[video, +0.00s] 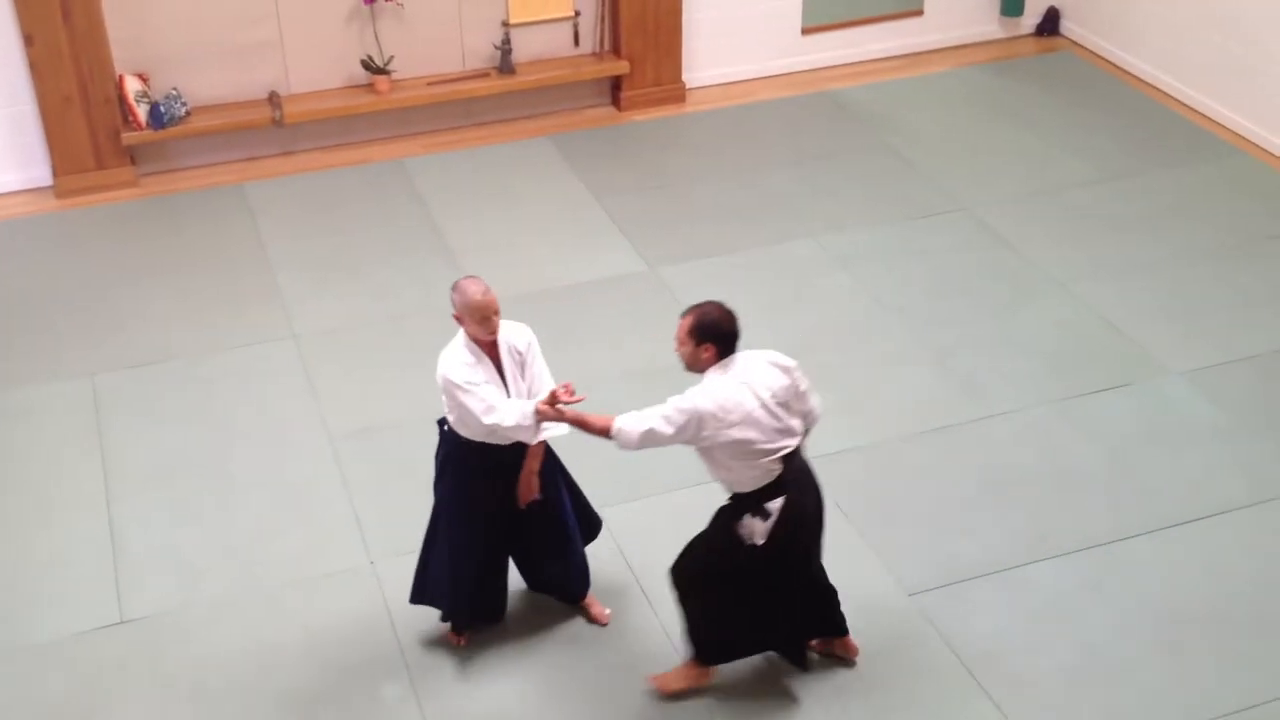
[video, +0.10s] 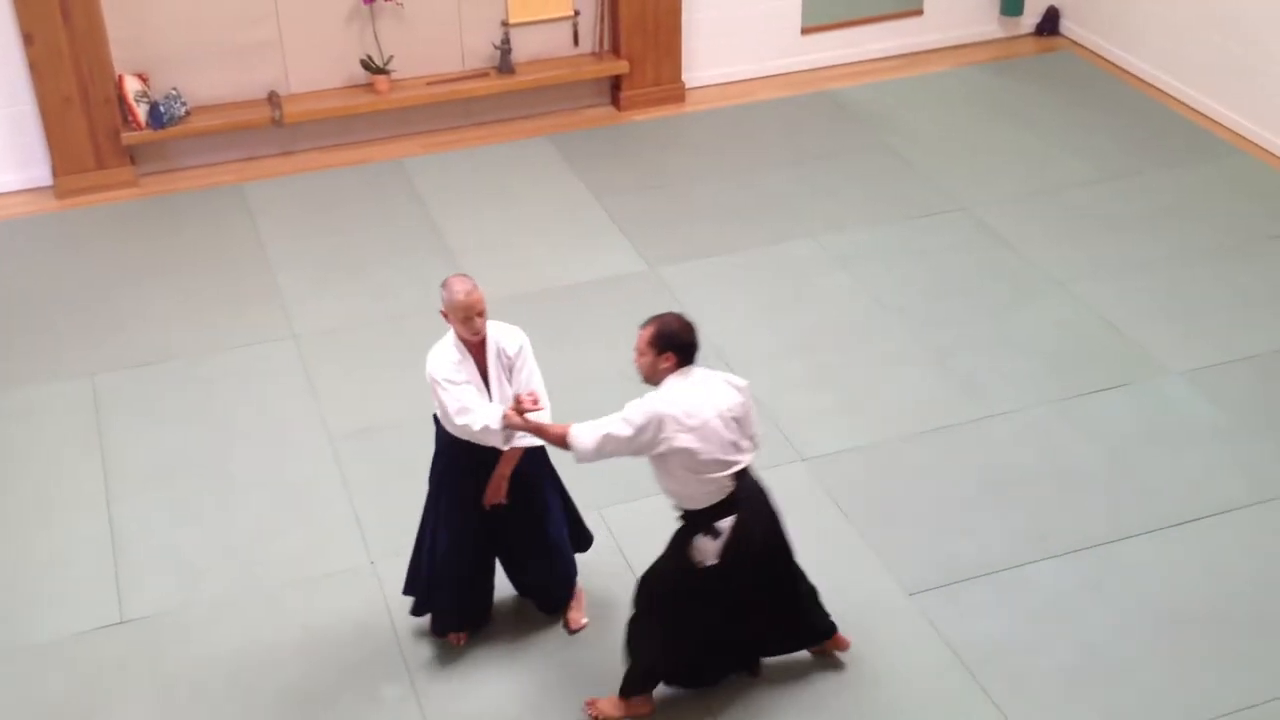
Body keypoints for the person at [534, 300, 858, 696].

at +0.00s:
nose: (675, 344)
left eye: (682, 339)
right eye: (678, 336)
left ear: (707, 350)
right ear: (718, 346)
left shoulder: (702, 402)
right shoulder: (769, 363)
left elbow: (628, 431)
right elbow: (808, 413)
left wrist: (565, 414)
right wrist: (786, 450)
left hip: (764, 509)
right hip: (802, 485)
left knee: (690, 572)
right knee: (803, 567)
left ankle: (700, 665)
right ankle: (837, 639)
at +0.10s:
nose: (635, 356)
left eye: (641, 350)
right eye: (637, 348)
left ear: (666, 358)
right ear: (681, 356)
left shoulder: (656, 409)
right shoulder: (727, 384)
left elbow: (585, 439)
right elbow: (749, 441)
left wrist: (527, 423)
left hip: (712, 529)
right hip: (753, 503)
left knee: (654, 596)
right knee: (780, 574)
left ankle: (635, 698)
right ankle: (825, 638)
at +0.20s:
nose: (589, 365)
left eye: (595, 358)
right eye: (591, 356)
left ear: (622, 364)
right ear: (630, 364)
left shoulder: (609, 410)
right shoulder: (676, 401)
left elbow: (539, 439)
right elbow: (694, 463)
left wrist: (489, 422)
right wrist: (681, 497)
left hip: (660, 542)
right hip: (700, 519)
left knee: (606, 622)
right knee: (715, 591)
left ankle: (621, 701)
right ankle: (773, 625)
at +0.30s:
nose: (555, 358)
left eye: (562, 350)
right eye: (557, 349)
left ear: (589, 355)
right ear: (596, 356)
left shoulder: (569, 398)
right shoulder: (644, 401)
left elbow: (522, 419)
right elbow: (657, 470)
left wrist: (474, 415)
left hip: (620, 538)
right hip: (658, 523)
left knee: (594, 642)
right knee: (645, 599)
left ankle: (613, 711)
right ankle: (681, 636)